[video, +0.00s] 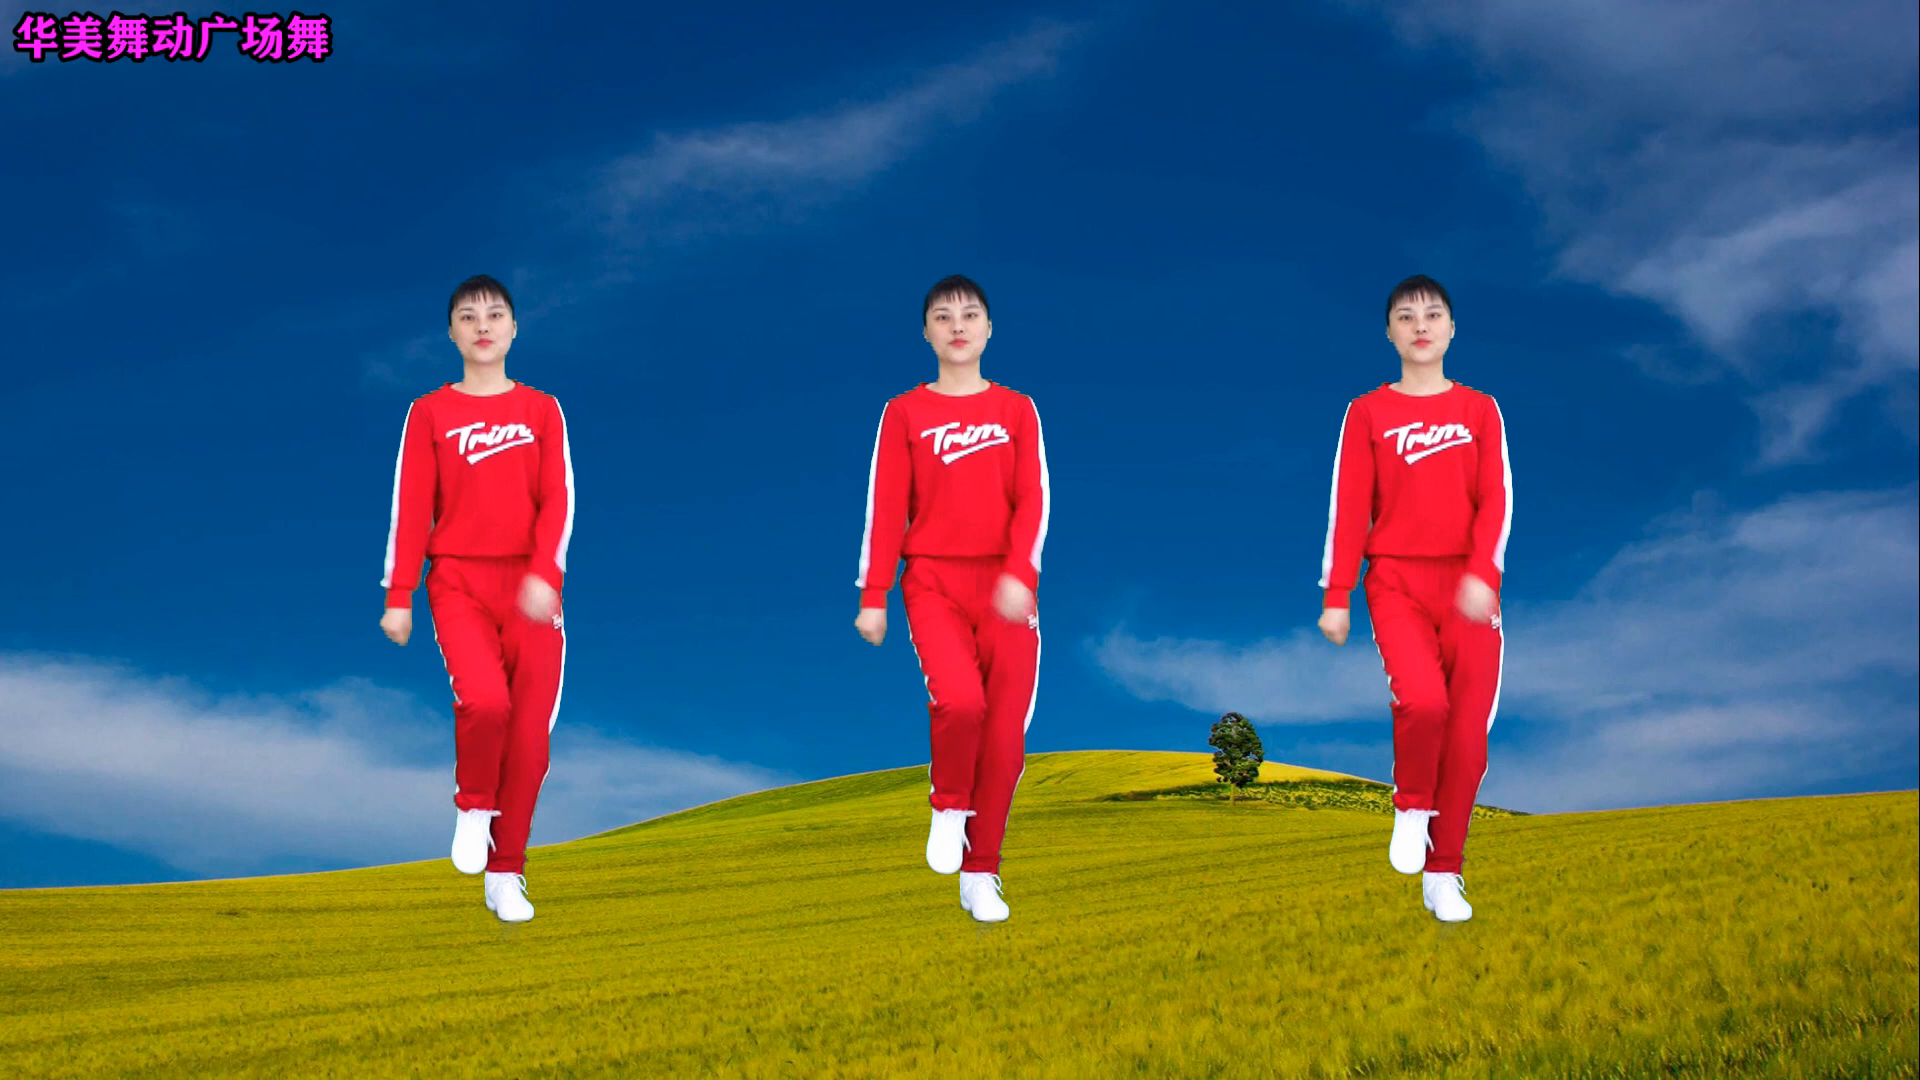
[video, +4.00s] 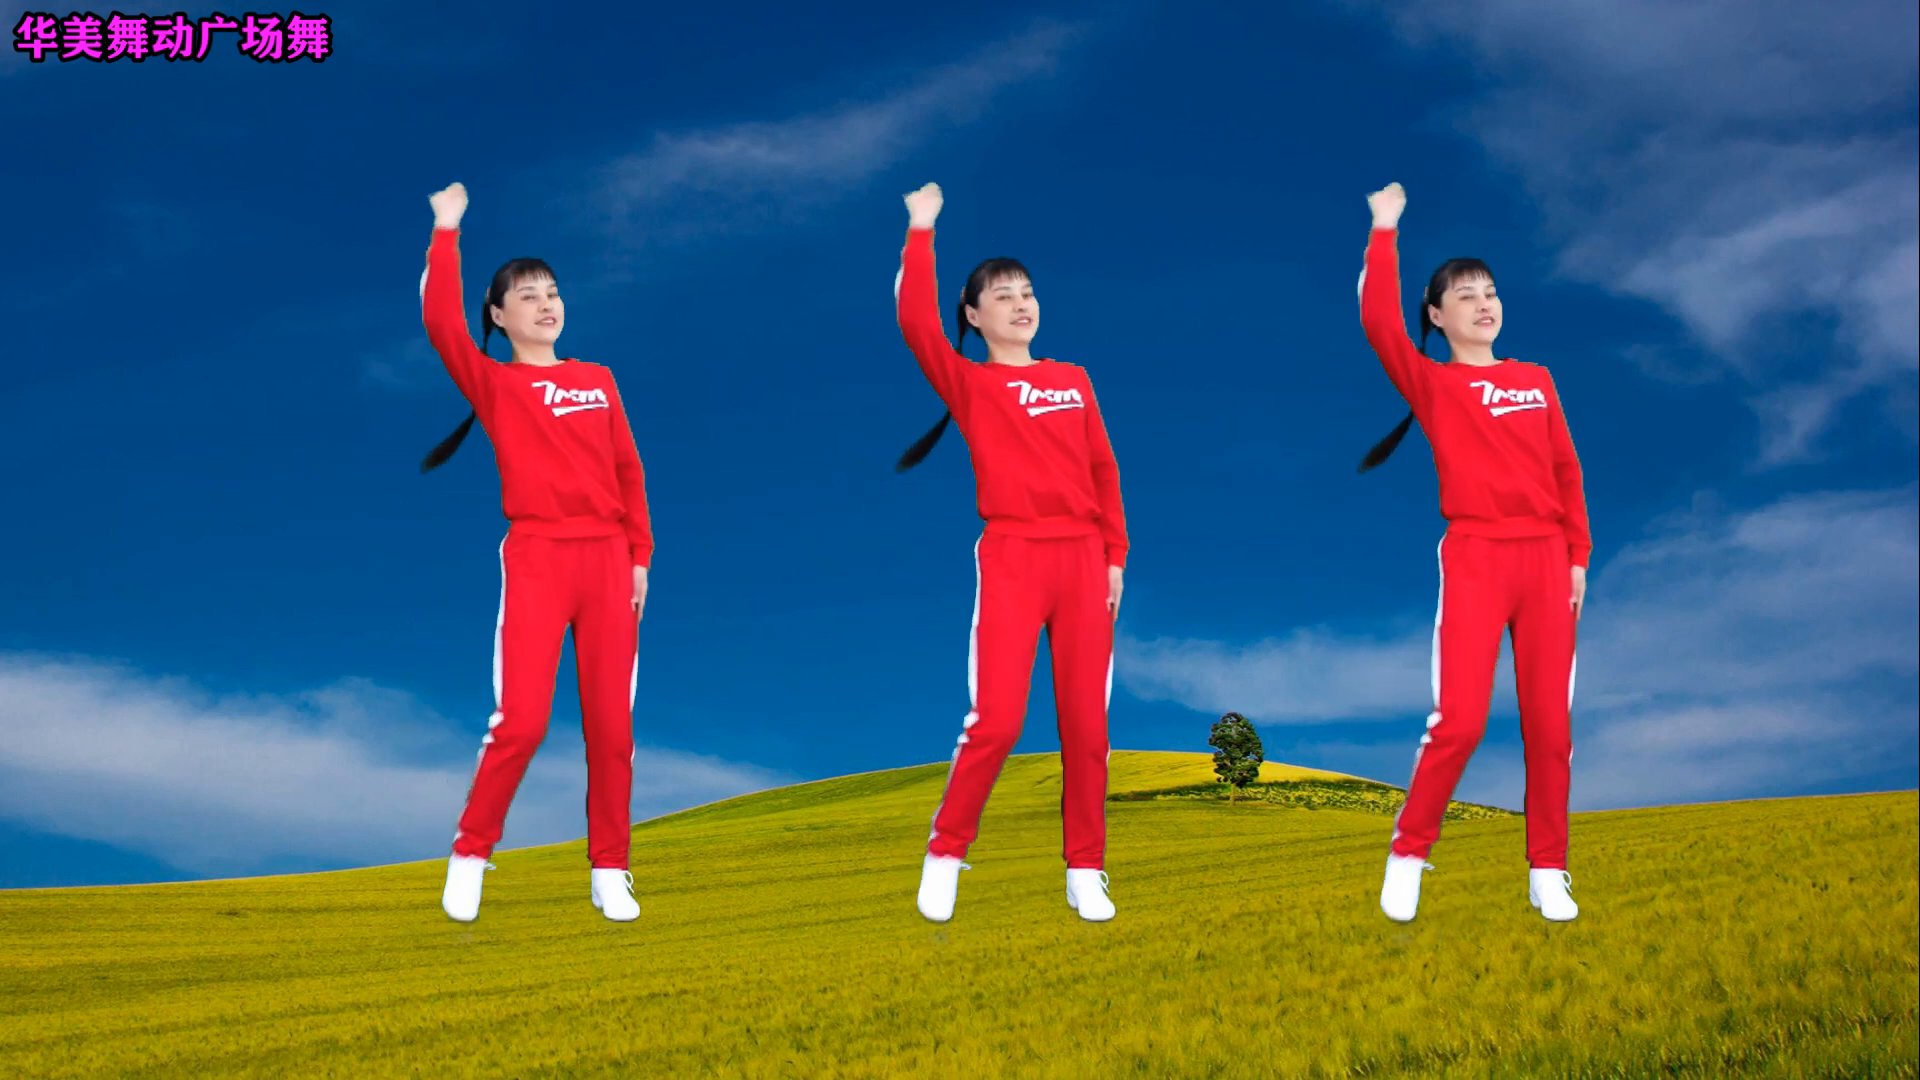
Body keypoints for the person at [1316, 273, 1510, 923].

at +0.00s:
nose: (1420, 326)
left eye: (1432, 315)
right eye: (1407, 317)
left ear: (1451, 328)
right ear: (1391, 332)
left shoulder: (1481, 408)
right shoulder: (1367, 411)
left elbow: (1496, 498)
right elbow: (1348, 507)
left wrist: (1483, 574)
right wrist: (1337, 595)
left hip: (1470, 582)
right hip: (1395, 581)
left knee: (1470, 726)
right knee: (1425, 703)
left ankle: (1445, 868)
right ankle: (1412, 807)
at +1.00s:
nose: (1405, 312)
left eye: (1417, 302)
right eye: (1393, 302)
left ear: (1435, 314)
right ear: (1375, 313)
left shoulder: (1465, 388)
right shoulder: (1347, 392)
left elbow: (1528, 448)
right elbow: (1298, 478)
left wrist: (1570, 525)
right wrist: (1343, 425)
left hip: (1444, 568)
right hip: (1366, 569)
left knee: (1434, 731)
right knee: (1377, 732)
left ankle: (1432, 870)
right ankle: (1390, 868)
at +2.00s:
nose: (1400, 322)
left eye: (1413, 312)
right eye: (1388, 312)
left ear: (1432, 323)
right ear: (1372, 325)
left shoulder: (1461, 401)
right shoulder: (1346, 407)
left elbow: (1463, 490)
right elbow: (1330, 496)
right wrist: (1320, 580)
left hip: (1430, 578)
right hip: (1360, 578)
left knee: (1415, 721)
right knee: (1367, 732)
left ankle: (1430, 829)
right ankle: (1391, 867)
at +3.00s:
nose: (1416, 295)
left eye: (1427, 284)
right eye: (1401, 287)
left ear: (1446, 298)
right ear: (1385, 305)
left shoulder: (1477, 376)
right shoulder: (1362, 380)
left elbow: (1508, 463)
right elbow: (1294, 442)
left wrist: (1453, 412)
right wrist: (1229, 504)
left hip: (1462, 557)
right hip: (1386, 558)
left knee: (1452, 714)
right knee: (1404, 713)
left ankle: (1438, 861)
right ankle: (1394, 849)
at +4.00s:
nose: (1486, 304)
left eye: (1491, 294)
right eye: (1469, 296)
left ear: (1501, 310)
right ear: (1439, 316)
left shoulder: (1534, 379)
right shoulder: (1430, 380)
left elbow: (1568, 473)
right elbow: (1381, 315)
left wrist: (1577, 559)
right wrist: (1383, 227)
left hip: (1547, 559)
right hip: (1474, 558)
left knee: (1551, 727)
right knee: (1460, 723)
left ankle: (1549, 869)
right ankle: (1410, 853)